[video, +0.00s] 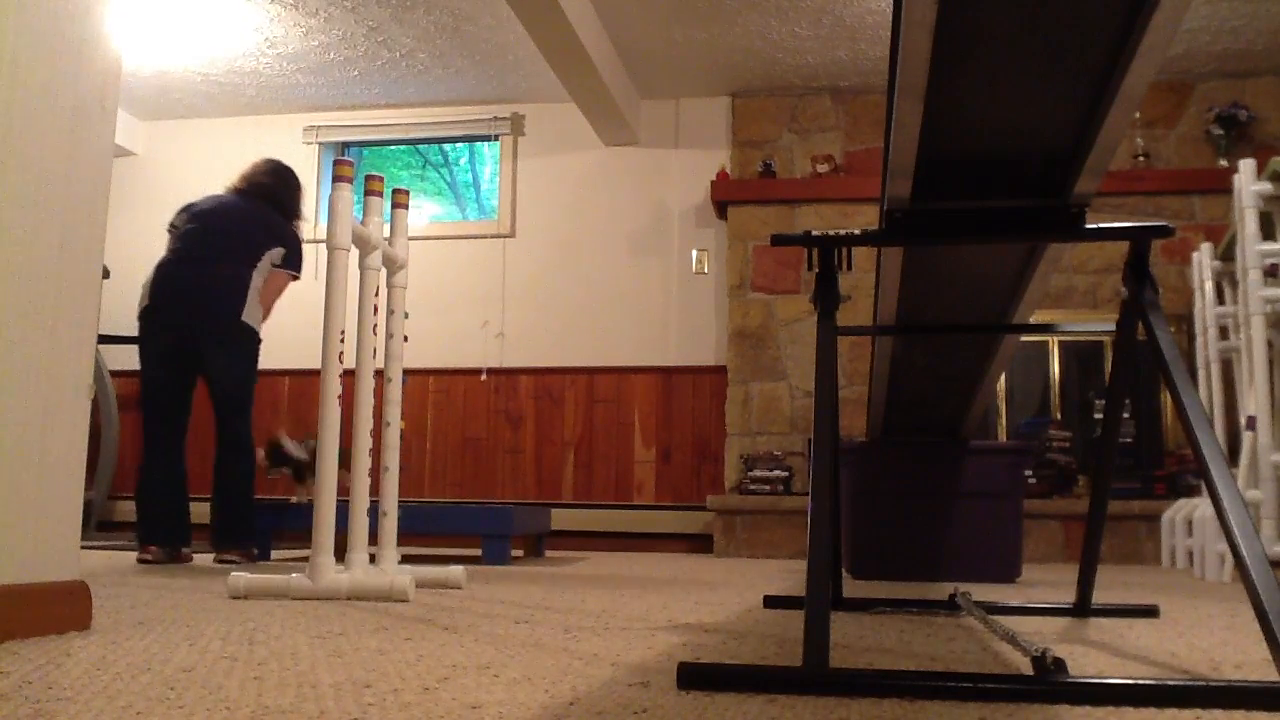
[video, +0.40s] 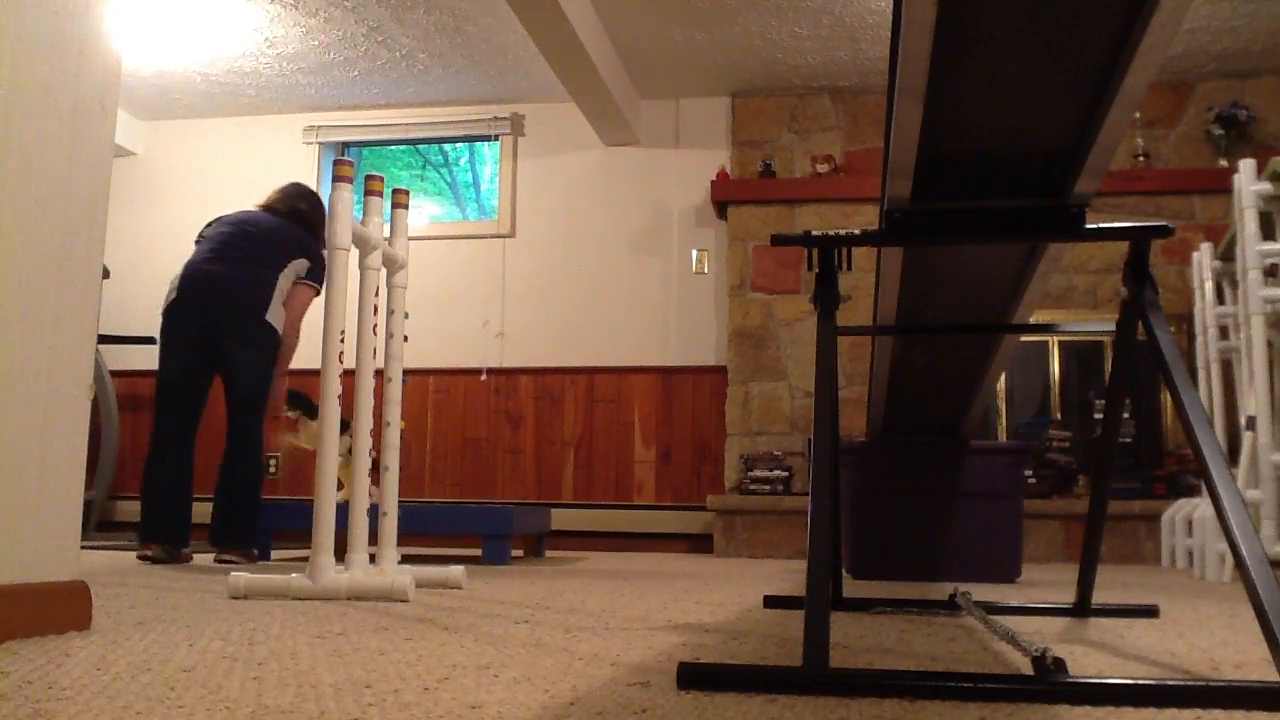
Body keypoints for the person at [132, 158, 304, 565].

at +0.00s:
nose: (297, 211)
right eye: (296, 203)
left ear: (243, 182)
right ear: (290, 198)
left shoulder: (195, 207)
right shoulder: (283, 233)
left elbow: (172, 264)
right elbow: (266, 297)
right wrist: (244, 335)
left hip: (163, 321)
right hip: (227, 329)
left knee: (163, 432)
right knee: (234, 433)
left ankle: (160, 539)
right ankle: (233, 540)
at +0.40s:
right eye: (318, 227)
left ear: (270, 203)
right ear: (314, 222)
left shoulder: (226, 221)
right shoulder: (310, 249)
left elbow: (191, 286)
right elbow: (291, 319)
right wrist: (279, 379)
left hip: (185, 319)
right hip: (249, 329)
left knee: (174, 426)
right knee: (245, 434)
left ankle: (164, 539)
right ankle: (233, 542)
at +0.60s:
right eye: (323, 227)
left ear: (276, 205)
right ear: (318, 222)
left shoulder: (232, 221)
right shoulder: (315, 249)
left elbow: (192, 286)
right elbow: (297, 323)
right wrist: (287, 395)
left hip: (192, 318)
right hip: (255, 328)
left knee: (177, 425)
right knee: (248, 434)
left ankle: (164, 537)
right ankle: (233, 543)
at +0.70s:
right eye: (326, 229)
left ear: (280, 206)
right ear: (321, 223)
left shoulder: (235, 221)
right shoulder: (318, 250)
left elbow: (196, 275)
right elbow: (299, 326)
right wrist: (289, 399)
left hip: (194, 317)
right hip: (255, 327)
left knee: (179, 423)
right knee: (249, 435)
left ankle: (165, 536)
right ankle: (233, 543)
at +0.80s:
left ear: (285, 206)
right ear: (324, 225)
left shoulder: (239, 220)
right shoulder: (318, 252)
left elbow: (196, 273)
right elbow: (300, 331)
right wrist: (295, 402)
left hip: (195, 314)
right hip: (256, 327)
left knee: (179, 423)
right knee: (248, 434)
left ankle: (164, 535)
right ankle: (233, 543)